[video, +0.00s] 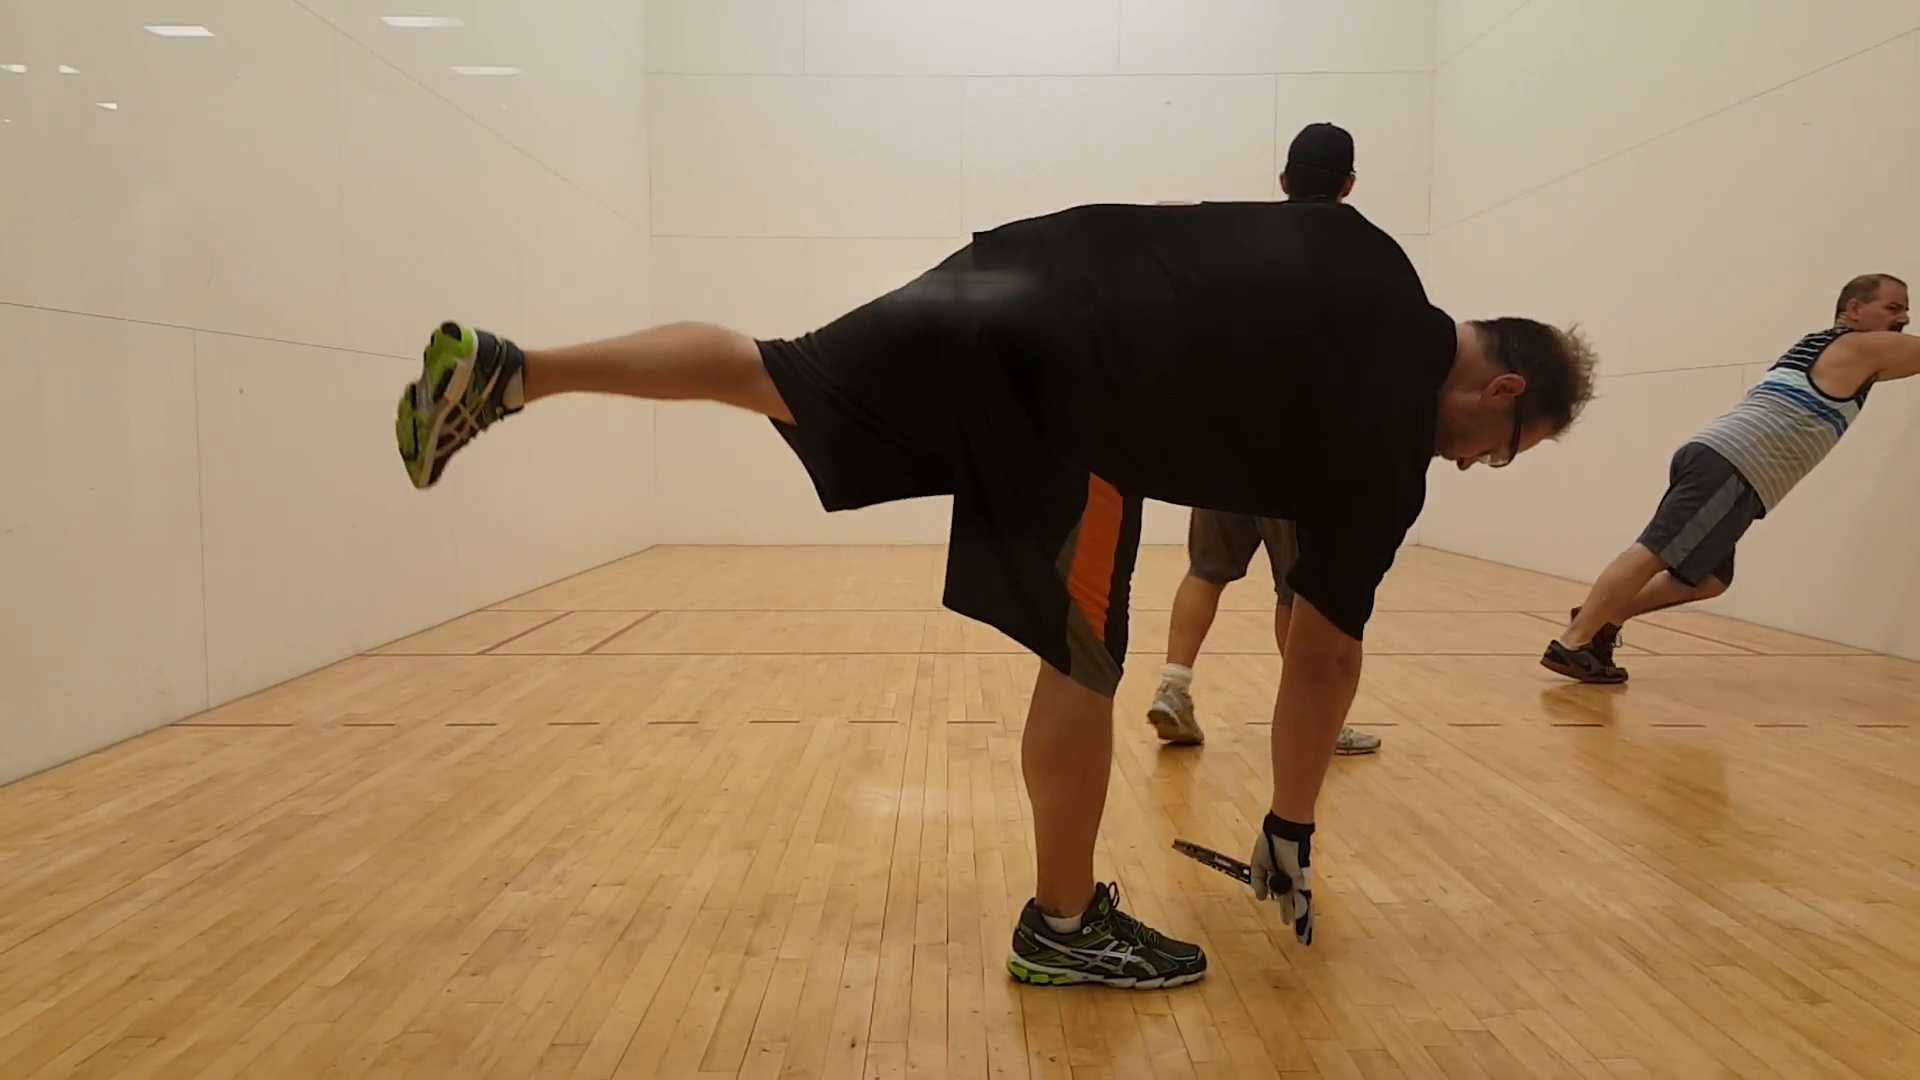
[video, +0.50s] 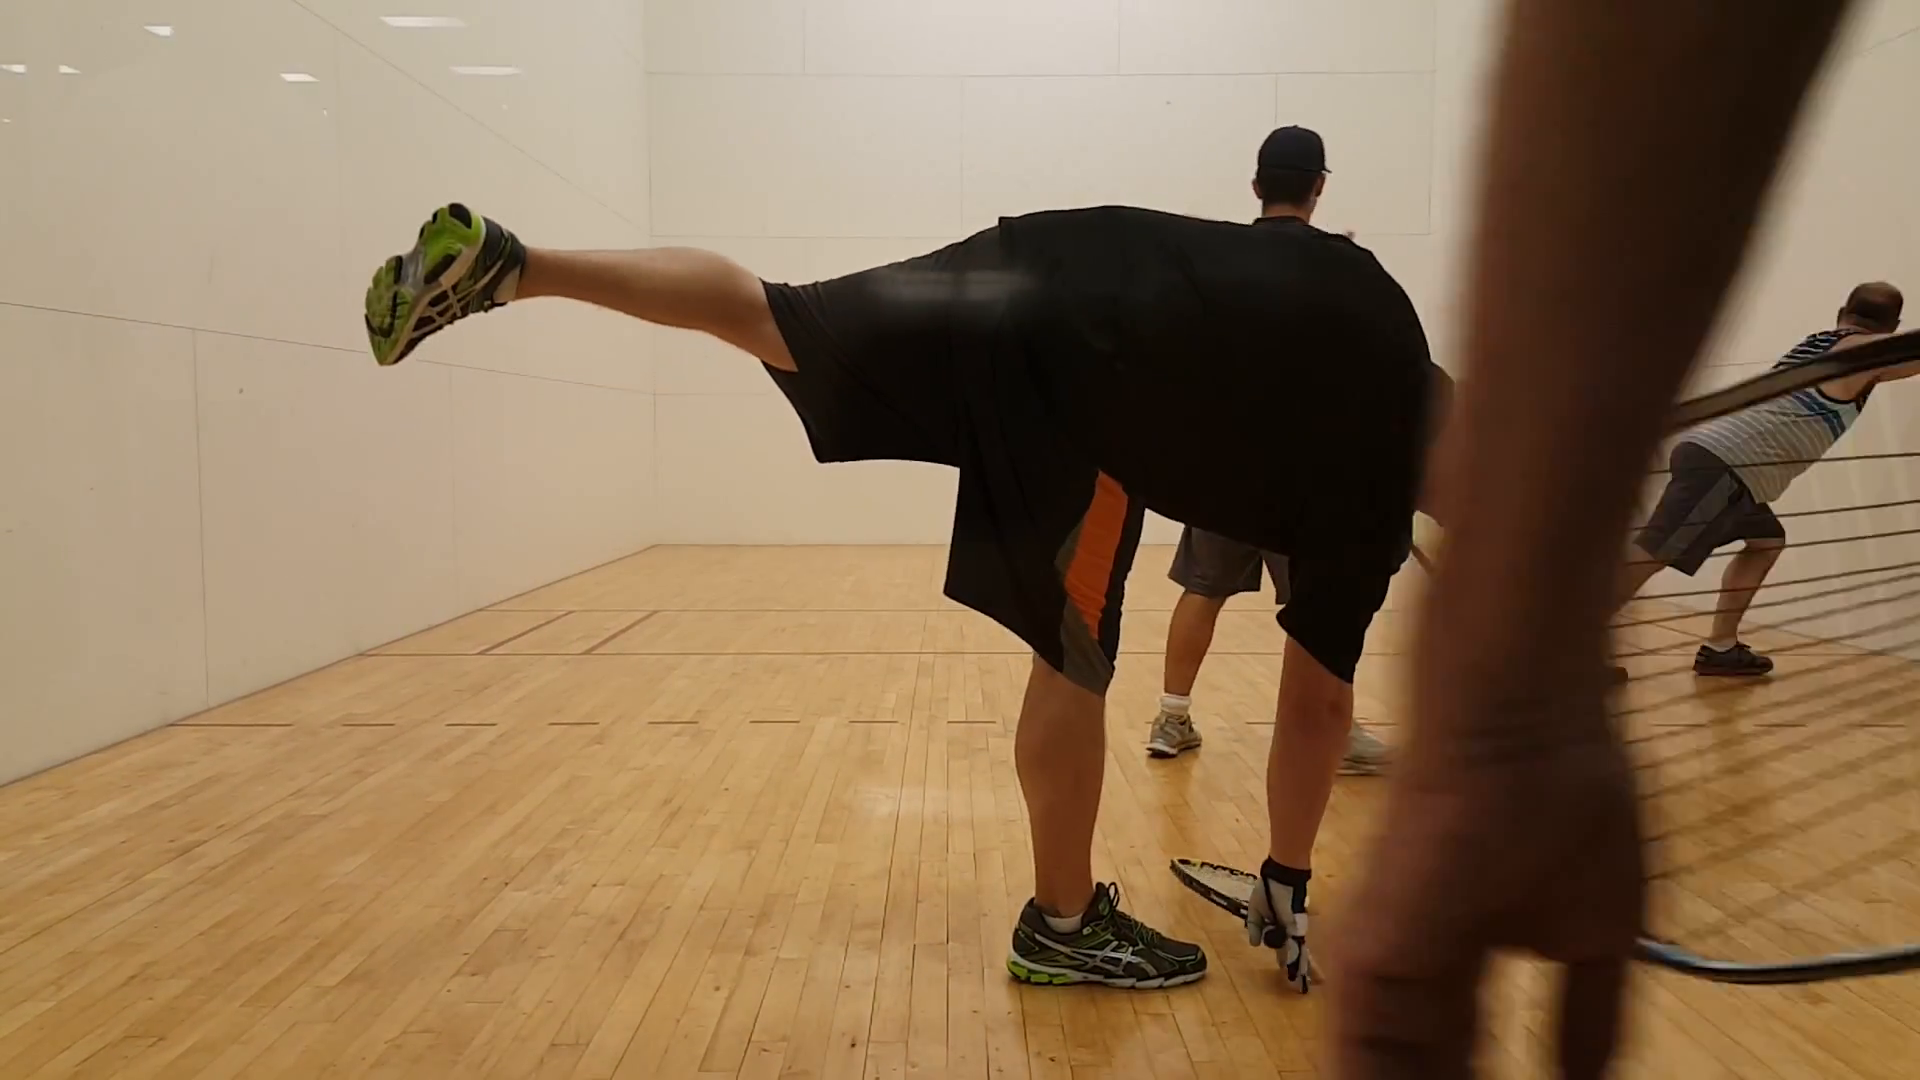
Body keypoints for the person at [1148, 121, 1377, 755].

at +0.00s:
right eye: (1343, 176)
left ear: (1283, 177)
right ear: (1348, 183)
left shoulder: (1244, 230)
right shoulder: (1370, 256)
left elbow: (1195, 333)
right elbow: (1400, 364)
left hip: (1226, 437)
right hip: (1306, 453)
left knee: (1208, 564)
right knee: (1302, 587)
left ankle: (1172, 686)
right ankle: (1316, 719)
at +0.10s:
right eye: (1330, 180)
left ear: (1264, 182)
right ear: (1329, 186)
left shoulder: (1225, 236)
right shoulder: (1349, 254)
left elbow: (1177, 347)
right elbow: (1390, 359)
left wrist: (1178, 440)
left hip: (1211, 447)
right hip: (1297, 458)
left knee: (1195, 577)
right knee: (1301, 593)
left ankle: (1172, 708)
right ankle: (1322, 718)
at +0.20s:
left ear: (1242, 186)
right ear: (1307, 187)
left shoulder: (1207, 243)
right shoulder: (1332, 260)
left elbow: (1162, 358)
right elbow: (1365, 375)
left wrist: (1166, 448)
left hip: (1204, 453)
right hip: (1291, 463)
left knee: (1191, 582)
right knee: (1298, 594)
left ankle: (1170, 715)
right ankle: (1323, 719)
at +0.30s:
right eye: (1291, 182)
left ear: (1232, 187)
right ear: (1297, 188)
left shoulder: (1201, 250)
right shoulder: (1323, 267)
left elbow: (1160, 365)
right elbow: (1354, 382)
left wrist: (1169, 450)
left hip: (1208, 454)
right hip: (1294, 465)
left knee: (1194, 582)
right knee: (1299, 594)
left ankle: (1171, 714)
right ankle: (1302, 717)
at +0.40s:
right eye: (1296, 182)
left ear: (1236, 187)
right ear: (1302, 188)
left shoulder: (1203, 253)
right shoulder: (1330, 265)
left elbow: (1162, 366)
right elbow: (1364, 380)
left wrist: (1171, 453)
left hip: (1212, 456)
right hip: (1303, 464)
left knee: (1197, 584)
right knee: (1315, 597)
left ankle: (1171, 716)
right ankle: (1314, 727)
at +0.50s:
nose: (1304, 190)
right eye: (1314, 180)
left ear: (1254, 186)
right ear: (1319, 186)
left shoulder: (1216, 259)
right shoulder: (1342, 269)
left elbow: (1178, 371)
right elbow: (1385, 376)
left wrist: (1182, 457)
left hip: (1226, 459)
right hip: (1315, 469)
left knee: (1204, 585)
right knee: (1321, 607)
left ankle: (1171, 715)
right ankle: (1339, 726)